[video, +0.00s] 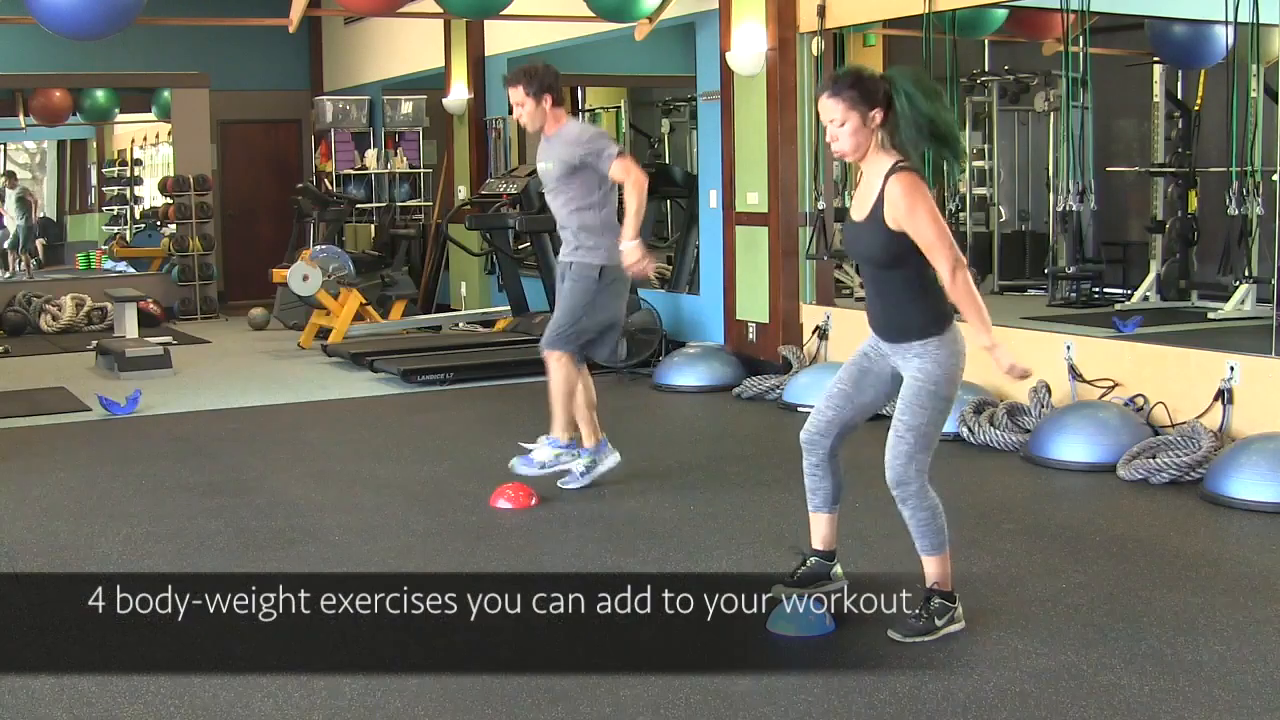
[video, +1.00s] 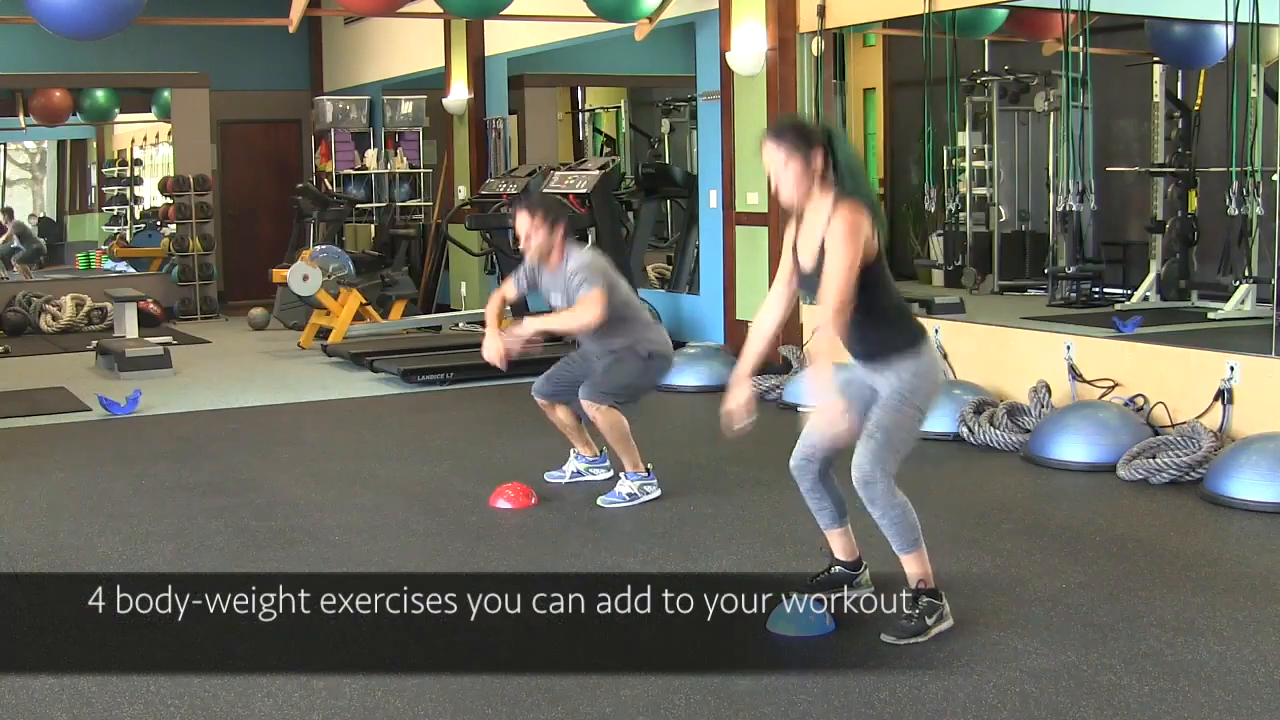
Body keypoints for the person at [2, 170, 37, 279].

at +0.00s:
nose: (5, 183)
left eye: (7, 180)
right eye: (4, 181)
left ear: (14, 180)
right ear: (5, 181)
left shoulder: (22, 190)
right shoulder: (9, 192)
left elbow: (34, 201)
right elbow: (4, 207)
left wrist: (34, 216)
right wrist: (9, 217)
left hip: (26, 223)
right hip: (17, 223)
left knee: (23, 251)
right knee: (10, 247)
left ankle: (29, 273)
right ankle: (11, 270)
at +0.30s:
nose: (4, 185)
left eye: (6, 182)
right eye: (4, 183)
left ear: (13, 180)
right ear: (10, 181)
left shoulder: (22, 189)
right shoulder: (14, 192)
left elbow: (30, 200)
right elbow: (16, 204)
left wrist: (20, 208)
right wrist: (7, 208)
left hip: (28, 223)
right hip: (19, 223)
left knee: (24, 250)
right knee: (11, 247)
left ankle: (30, 273)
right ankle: (14, 271)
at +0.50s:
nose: (4, 197)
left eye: (5, 194)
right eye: (3, 195)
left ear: (11, 193)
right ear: (4, 195)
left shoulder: (22, 203)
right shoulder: (9, 205)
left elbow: (26, 214)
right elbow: (7, 216)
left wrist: (14, 215)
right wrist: (3, 216)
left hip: (32, 232)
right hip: (24, 233)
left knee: (24, 256)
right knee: (16, 256)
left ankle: (32, 277)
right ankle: (26, 278)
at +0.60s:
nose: (4, 211)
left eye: (5, 208)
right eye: (3, 208)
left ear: (10, 207)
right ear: (4, 209)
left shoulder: (19, 216)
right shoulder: (10, 219)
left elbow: (21, 228)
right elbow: (5, 227)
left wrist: (11, 225)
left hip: (36, 243)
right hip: (29, 244)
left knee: (21, 260)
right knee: (14, 260)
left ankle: (32, 279)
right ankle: (27, 279)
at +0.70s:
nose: (2, 223)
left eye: (3, 220)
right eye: (1, 220)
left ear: (9, 219)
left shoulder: (19, 228)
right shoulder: (7, 231)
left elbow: (12, 238)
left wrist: (2, 232)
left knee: (20, 260)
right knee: (2, 258)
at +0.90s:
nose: (1, 229)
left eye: (2, 226)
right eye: (1, 227)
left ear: (7, 225)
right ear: (7, 225)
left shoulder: (16, 233)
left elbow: (3, 244)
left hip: (39, 253)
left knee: (20, 261)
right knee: (15, 260)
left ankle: (31, 280)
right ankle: (28, 280)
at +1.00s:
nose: (1, 218)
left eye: (1, 216)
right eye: (1, 216)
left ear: (6, 216)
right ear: (8, 216)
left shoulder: (15, 225)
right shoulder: (14, 225)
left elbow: (4, 239)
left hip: (35, 247)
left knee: (18, 261)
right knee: (14, 260)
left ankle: (29, 279)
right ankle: (29, 279)